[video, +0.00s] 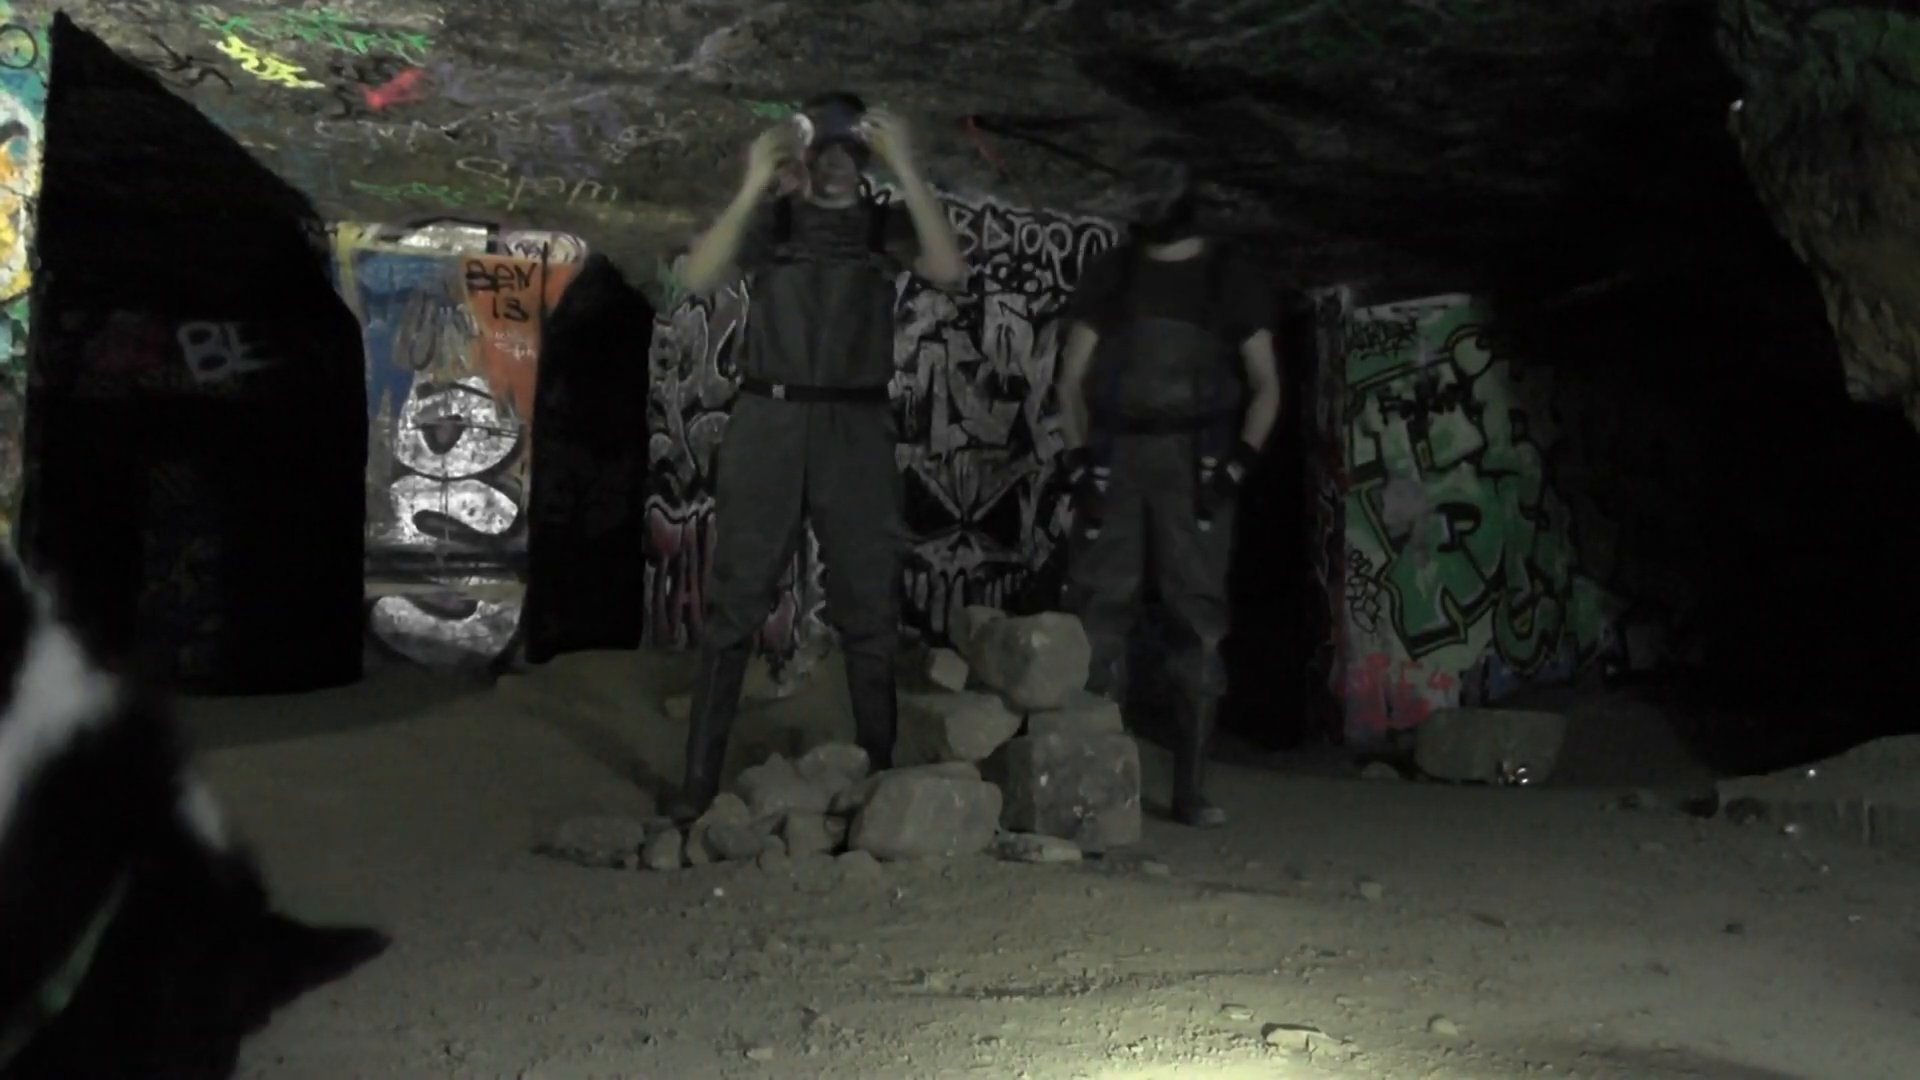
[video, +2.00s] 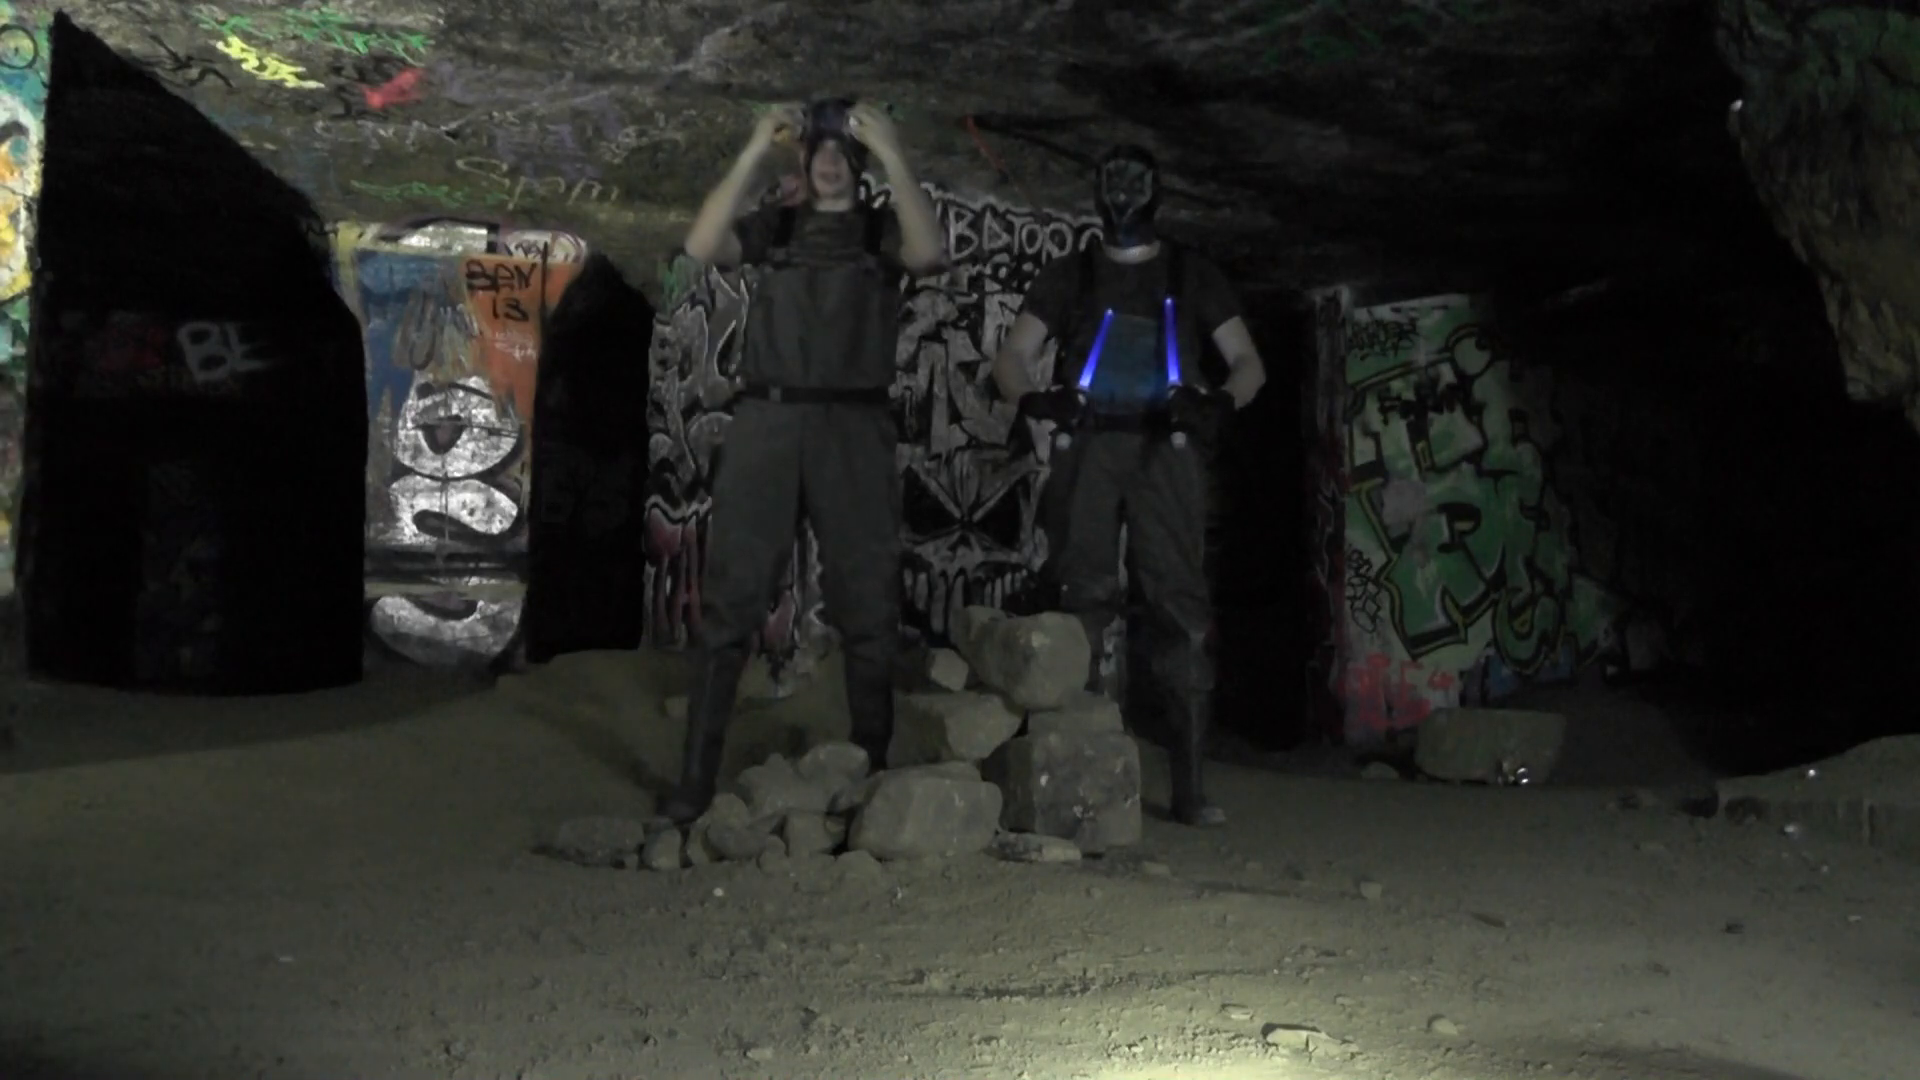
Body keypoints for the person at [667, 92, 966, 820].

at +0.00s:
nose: (835, 164)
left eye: (849, 152)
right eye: (822, 150)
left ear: (867, 161)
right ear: (797, 159)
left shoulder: (885, 225)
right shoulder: (765, 222)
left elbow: (949, 273)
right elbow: (696, 277)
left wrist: (904, 167)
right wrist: (754, 190)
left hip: (857, 438)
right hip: (767, 435)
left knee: (870, 614)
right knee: (734, 611)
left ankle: (879, 779)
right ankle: (697, 789)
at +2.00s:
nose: (830, 163)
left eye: (842, 154)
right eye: (819, 153)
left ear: (862, 168)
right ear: (800, 166)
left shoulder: (880, 229)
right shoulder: (773, 227)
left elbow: (929, 253)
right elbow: (702, 245)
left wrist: (890, 153)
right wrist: (755, 152)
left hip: (855, 439)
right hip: (766, 435)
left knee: (868, 614)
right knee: (731, 608)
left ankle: (872, 781)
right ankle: (695, 787)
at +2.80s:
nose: (808, 181)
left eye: (825, 167)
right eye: (797, 166)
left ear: (851, 172)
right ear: (775, 171)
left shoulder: (874, 240)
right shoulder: (758, 237)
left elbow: (914, 322)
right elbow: (692, 308)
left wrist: (867, 217)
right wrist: (747, 216)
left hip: (854, 442)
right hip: (763, 439)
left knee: (867, 614)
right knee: (730, 609)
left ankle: (872, 779)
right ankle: (696, 785)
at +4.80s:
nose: (812, 209)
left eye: (827, 196)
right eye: (800, 194)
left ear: (848, 181)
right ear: (780, 175)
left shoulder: (875, 240)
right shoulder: (741, 237)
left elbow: (905, 343)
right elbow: (708, 336)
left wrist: (847, 328)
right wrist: (770, 319)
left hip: (850, 446)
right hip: (758, 443)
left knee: (865, 611)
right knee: (731, 607)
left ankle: (875, 776)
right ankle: (695, 783)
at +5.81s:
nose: (815, 183)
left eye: (829, 170)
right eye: (804, 167)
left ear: (851, 168)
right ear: (784, 160)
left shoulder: (875, 239)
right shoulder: (744, 235)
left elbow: (916, 350)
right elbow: (699, 341)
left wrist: (881, 275)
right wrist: (744, 290)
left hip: (854, 441)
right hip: (763, 439)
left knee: (868, 613)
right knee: (732, 608)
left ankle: (874, 780)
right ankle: (695, 788)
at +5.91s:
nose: (815, 180)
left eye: (828, 169)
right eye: (804, 166)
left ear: (849, 167)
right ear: (785, 160)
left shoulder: (876, 240)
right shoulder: (750, 236)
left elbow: (918, 341)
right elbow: (709, 335)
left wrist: (930, 429)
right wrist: (694, 431)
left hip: (854, 442)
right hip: (762, 440)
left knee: (869, 613)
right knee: (731, 607)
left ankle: (873, 777)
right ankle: (694, 785)